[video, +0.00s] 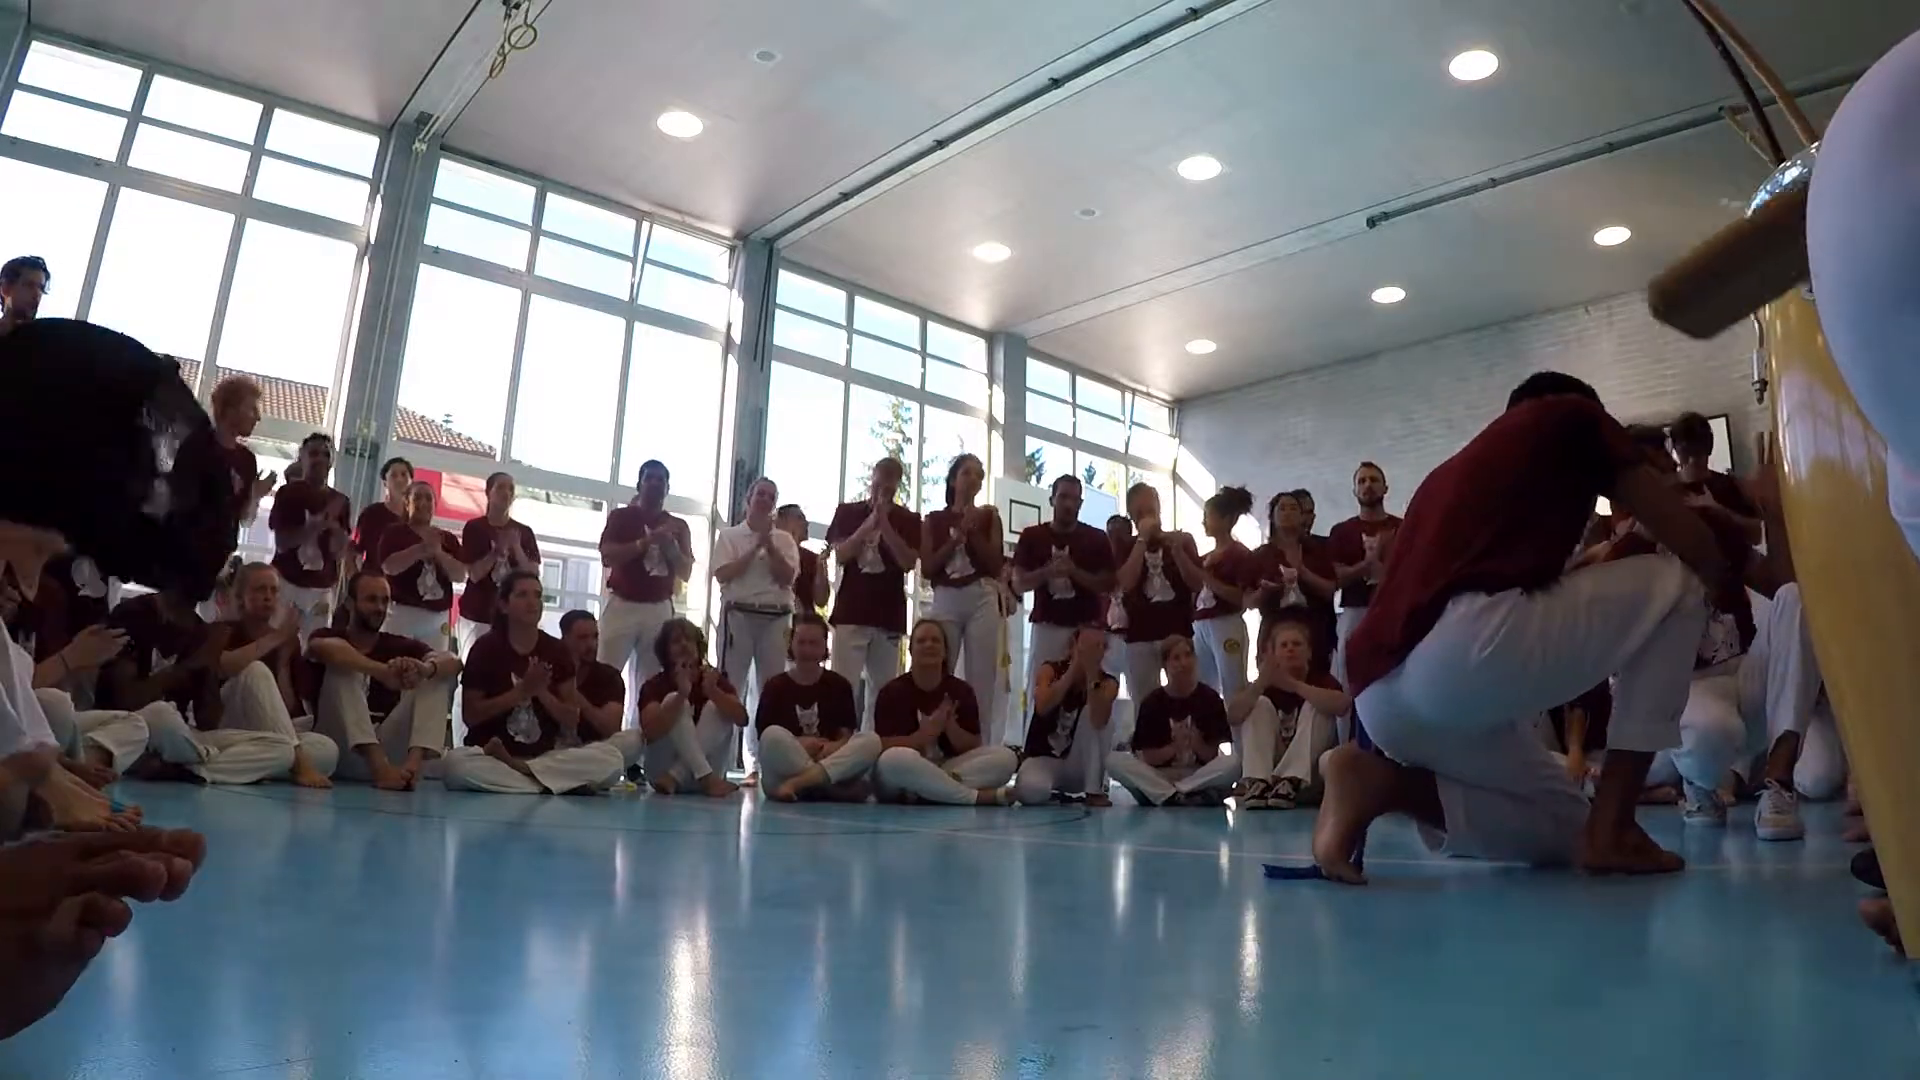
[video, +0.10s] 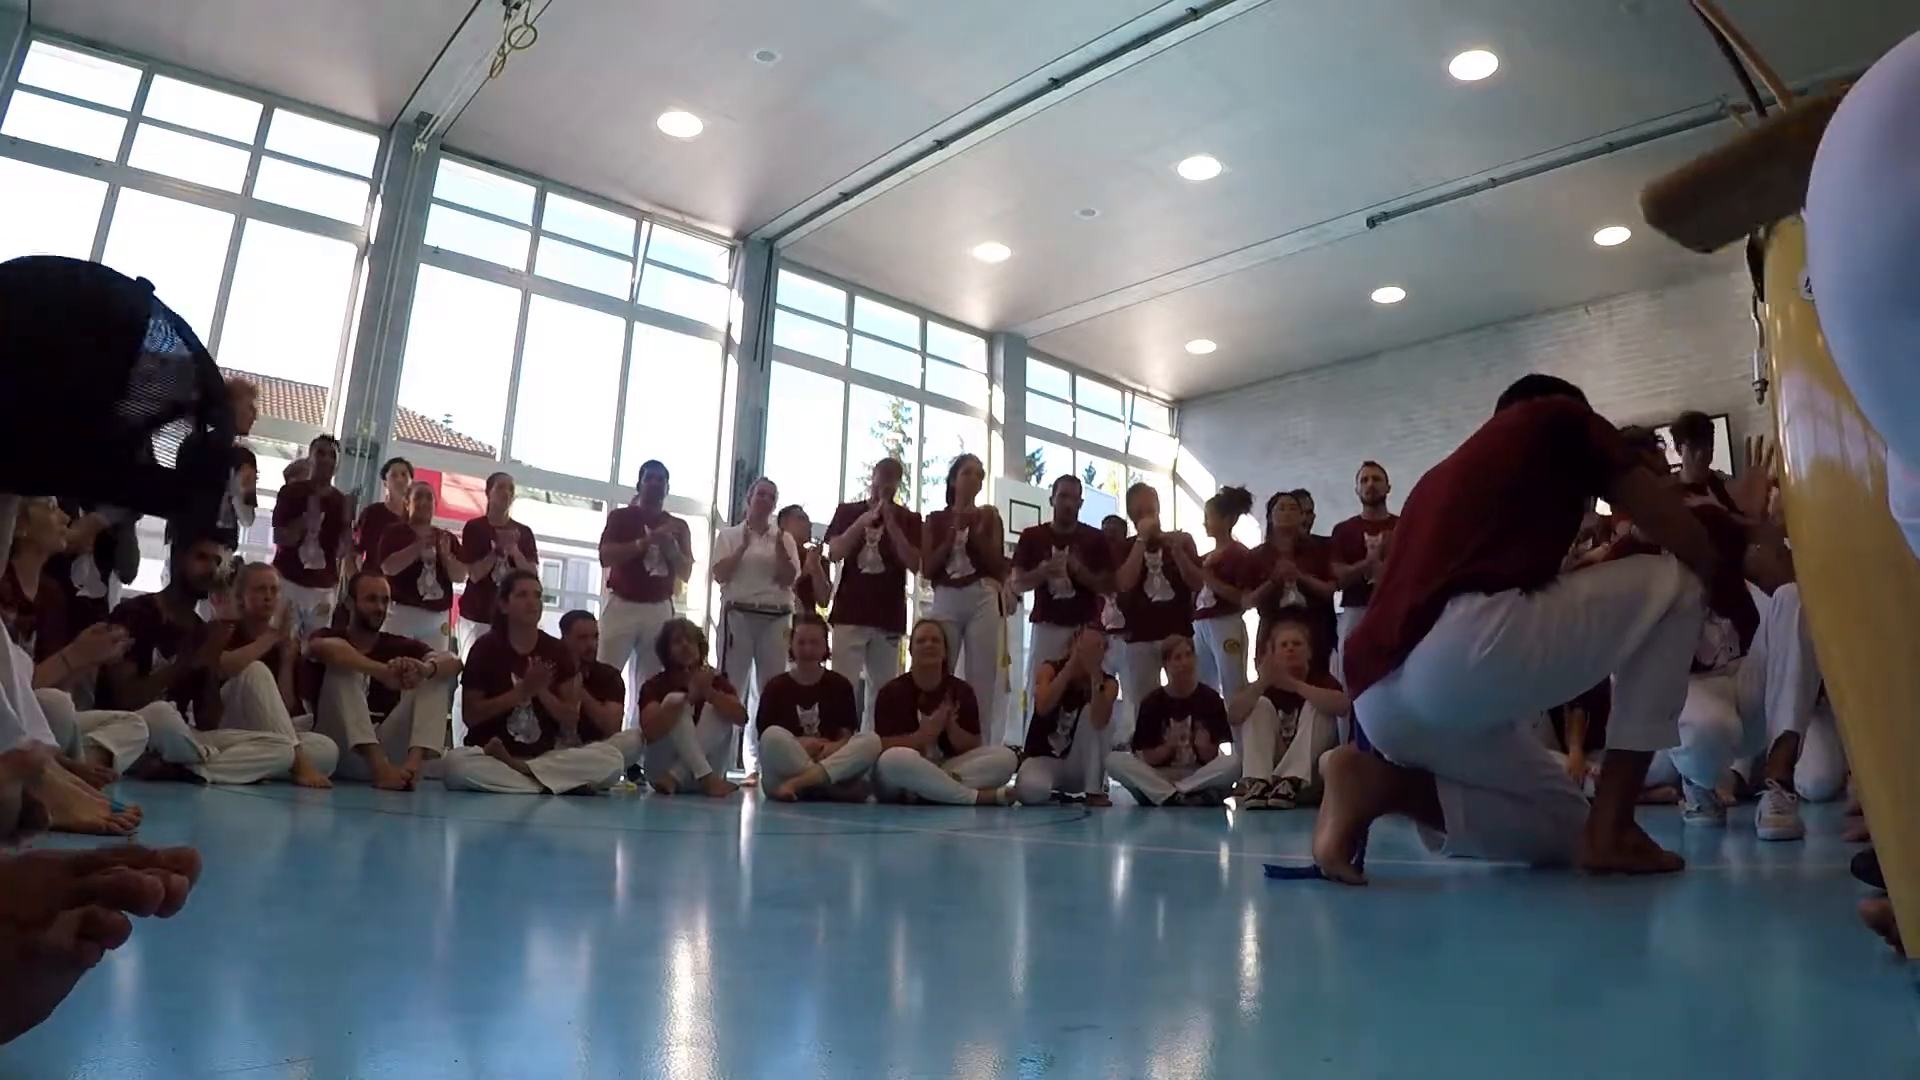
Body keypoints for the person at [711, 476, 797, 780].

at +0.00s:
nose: (763, 499)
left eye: (768, 496)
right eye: (759, 494)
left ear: (775, 504)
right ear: (747, 498)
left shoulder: (785, 539)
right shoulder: (729, 535)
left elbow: (788, 578)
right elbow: (721, 575)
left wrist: (769, 545)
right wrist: (754, 549)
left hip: (776, 617)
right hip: (738, 616)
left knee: (773, 690)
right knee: (730, 688)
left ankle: (766, 762)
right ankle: (725, 763)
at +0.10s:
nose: (763, 499)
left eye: (769, 496)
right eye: (759, 494)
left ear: (775, 504)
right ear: (748, 498)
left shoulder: (784, 538)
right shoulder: (728, 534)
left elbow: (788, 579)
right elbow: (719, 574)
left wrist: (779, 547)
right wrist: (743, 546)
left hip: (776, 617)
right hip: (737, 615)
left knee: (772, 690)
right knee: (731, 689)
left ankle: (766, 762)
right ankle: (725, 763)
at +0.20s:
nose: (763, 499)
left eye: (769, 496)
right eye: (759, 493)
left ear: (775, 503)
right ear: (748, 497)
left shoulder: (782, 537)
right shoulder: (730, 534)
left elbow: (789, 578)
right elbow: (720, 574)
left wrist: (787, 542)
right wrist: (734, 539)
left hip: (776, 616)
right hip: (737, 615)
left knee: (772, 691)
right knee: (731, 689)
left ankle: (766, 763)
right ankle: (725, 764)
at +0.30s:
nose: (763, 499)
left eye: (769, 496)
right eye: (759, 494)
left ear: (775, 503)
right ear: (748, 497)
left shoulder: (782, 536)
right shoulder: (730, 533)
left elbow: (787, 579)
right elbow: (720, 574)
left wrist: (781, 549)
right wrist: (742, 542)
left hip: (776, 616)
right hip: (737, 615)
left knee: (772, 691)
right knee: (731, 689)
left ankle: (766, 762)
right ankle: (726, 764)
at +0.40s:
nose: (764, 500)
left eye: (769, 496)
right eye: (760, 494)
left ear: (775, 504)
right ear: (748, 498)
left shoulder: (783, 538)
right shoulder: (729, 535)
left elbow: (787, 577)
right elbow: (721, 575)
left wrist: (768, 547)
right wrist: (754, 550)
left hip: (776, 618)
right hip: (738, 616)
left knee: (772, 691)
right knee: (731, 689)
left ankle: (766, 762)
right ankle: (725, 763)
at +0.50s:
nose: (763, 499)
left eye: (769, 496)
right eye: (759, 494)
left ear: (775, 503)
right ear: (748, 497)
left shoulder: (783, 537)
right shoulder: (729, 534)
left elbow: (791, 576)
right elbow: (718, 574)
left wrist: (777, 547)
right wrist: (746, 546)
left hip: (776, 617)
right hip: (737, 615)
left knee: (772, 688)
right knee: (731, 686)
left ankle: (769, 757)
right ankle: (726, 757)